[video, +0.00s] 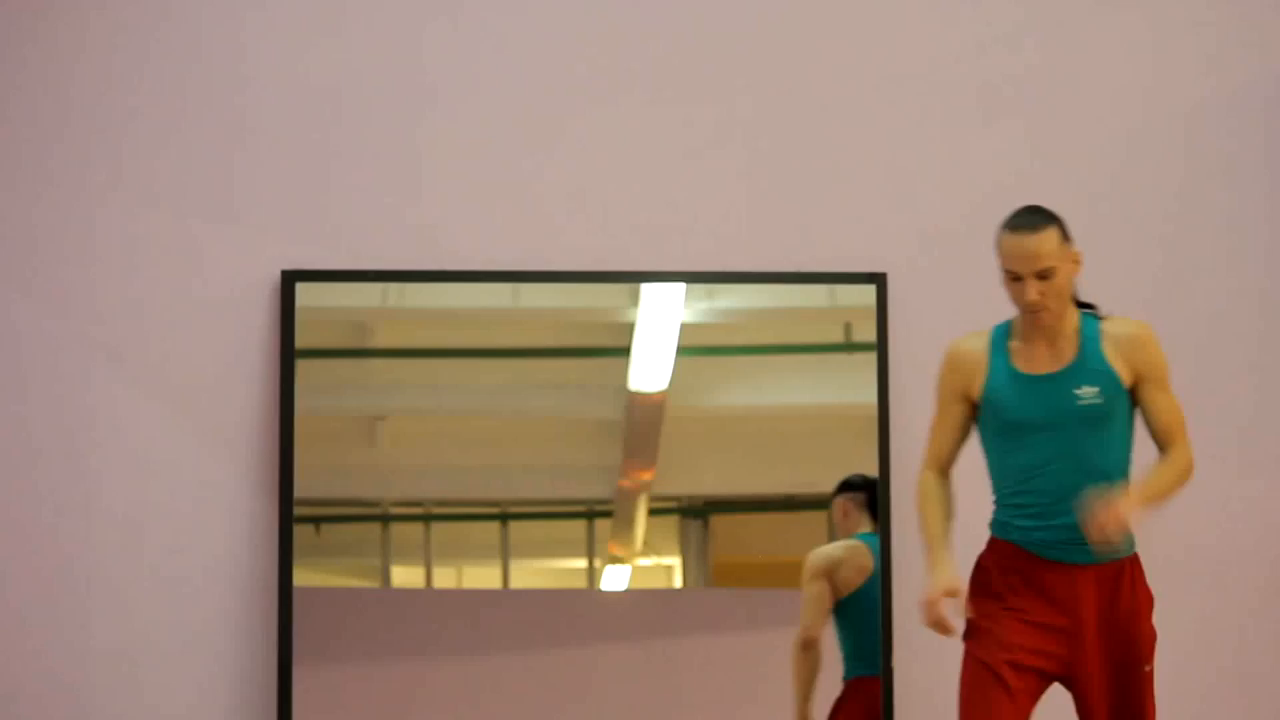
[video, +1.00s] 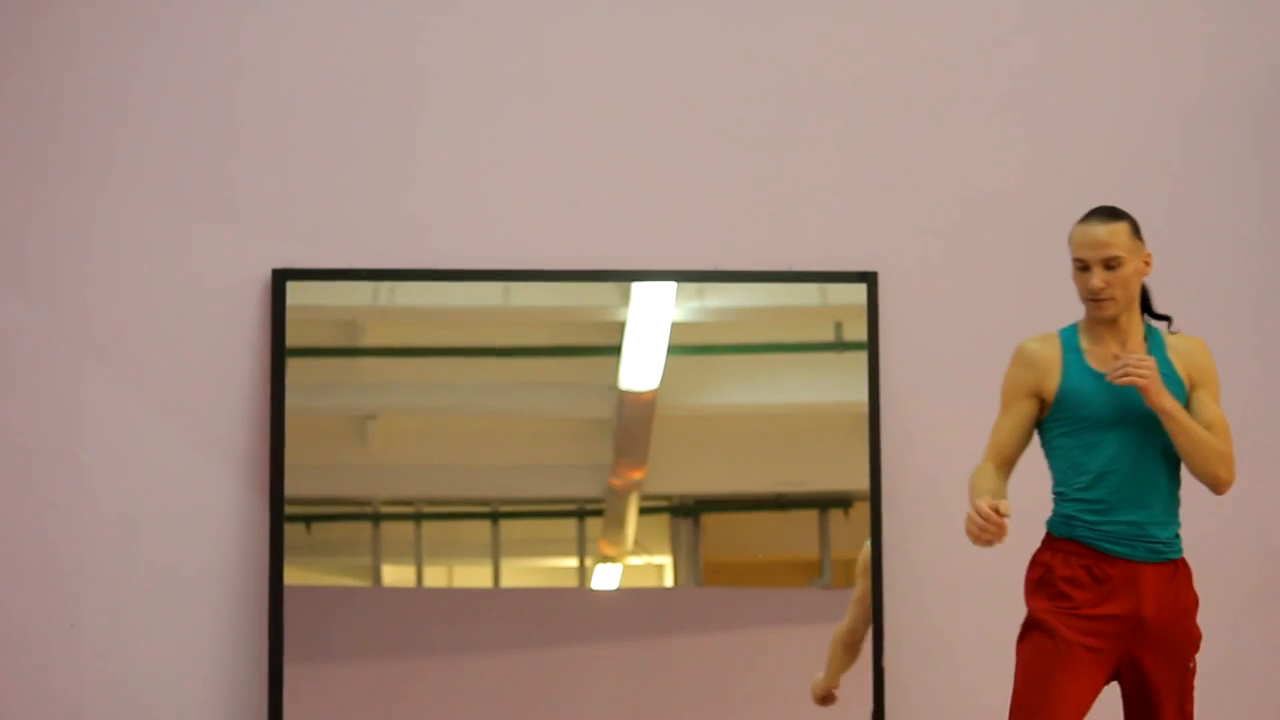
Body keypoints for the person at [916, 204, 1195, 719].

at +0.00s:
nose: (1030, 294)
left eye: (1044, 275)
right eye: (1015, 279)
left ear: (1074, 262)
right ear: (1001, 275)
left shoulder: (1128, 343)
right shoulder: (971, 359)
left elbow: (1178, 455)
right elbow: (935, 470)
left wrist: (1130, 501)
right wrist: (941, 568)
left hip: (1109, 591)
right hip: (1013, 590)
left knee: (1124, 713)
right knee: (984, 712)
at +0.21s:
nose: (1055, 288)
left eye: (1071, 270)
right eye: (1040, 271)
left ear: (1101, 259)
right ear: (1026, 264)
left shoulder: (1150, 346)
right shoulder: (991, 349)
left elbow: (1182, 458)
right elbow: (948, 457)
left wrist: (1178, 570)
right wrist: (957, 549)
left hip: (1117, 584)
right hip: (1021, 583)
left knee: (1132, 712)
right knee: (996, 711)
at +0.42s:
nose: (1024, 270)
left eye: (1042, 253)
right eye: (1014, 254)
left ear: (1079, 259)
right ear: (1003, 259)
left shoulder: (1127, 340)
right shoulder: (974, 355)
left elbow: (1168, 438)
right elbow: (914, 463)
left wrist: (1168, 525)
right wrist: (938, 550)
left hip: (1115, 582)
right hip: (1019, 583)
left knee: (1145, 711)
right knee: (1002, 712)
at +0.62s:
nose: (1026, 257)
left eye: (1045, 241)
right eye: (1017, 243)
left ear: (1084, 251)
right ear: (1008, 252)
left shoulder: (1132, 339)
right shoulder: (979, 347)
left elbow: (1186, 458)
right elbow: (915, 453)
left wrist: (1138, 435)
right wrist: (920, 461)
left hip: (1119, 579)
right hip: (1026, 581)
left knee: (1164, 711)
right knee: (1007, 712)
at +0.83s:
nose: (1063, 266)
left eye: (1080, 251)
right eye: (1053, 254)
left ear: (1118, 260)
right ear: (1043, 263)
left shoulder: (1162, 350)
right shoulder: (1013, 355)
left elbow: (1202, 469)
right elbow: (964, 456)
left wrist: (1137, 401)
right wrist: (955, 469)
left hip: (1142, 588)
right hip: (1052, 586)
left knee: (1167, 711)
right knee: (1024, 711)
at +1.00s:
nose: (1096, 282)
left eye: (1111, 265)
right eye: (1083, 268)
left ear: (1144, 264)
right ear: (1072, 272)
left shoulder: (1186, 354)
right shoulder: (1039, 357)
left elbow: (1220, 474)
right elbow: (995, 462)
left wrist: (1162, 401)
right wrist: (986, 505)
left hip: (1161, 590)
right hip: (1072, 586)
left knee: (1168, 714)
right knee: (1036, 712)